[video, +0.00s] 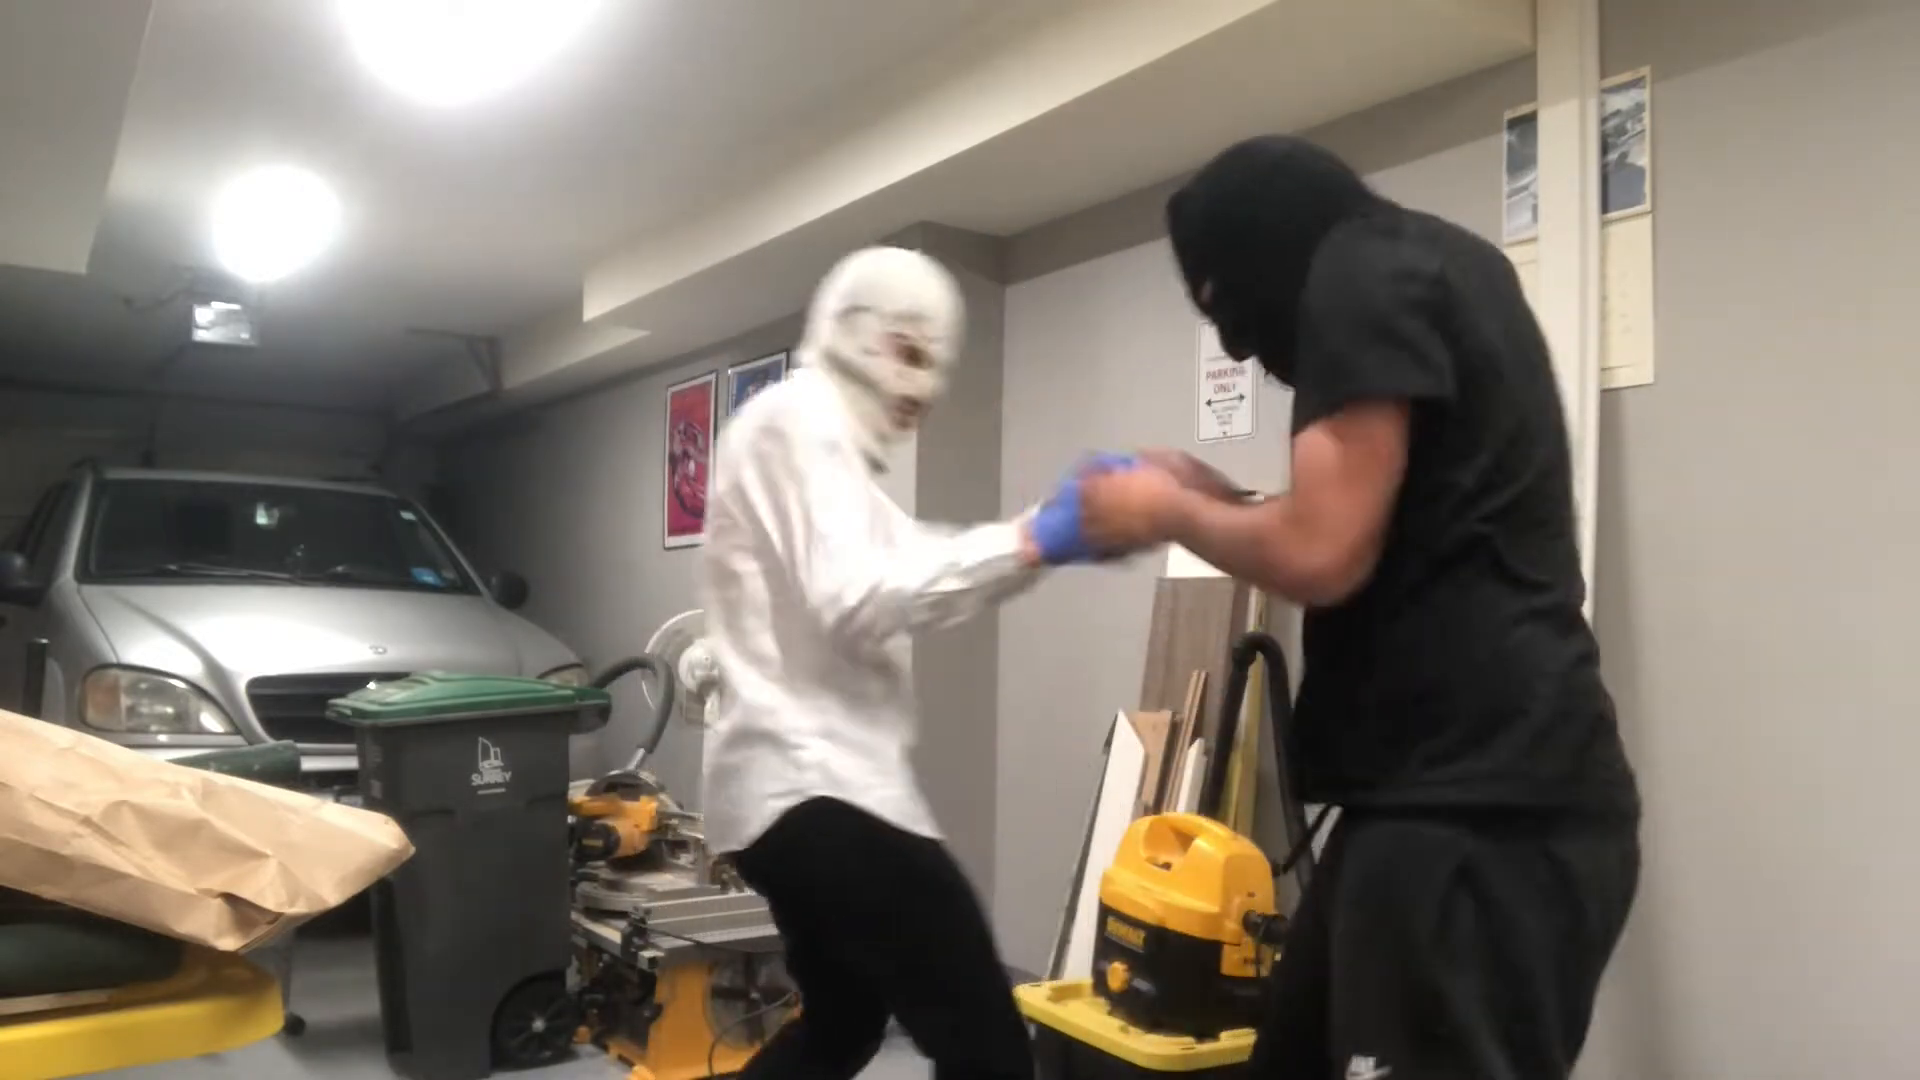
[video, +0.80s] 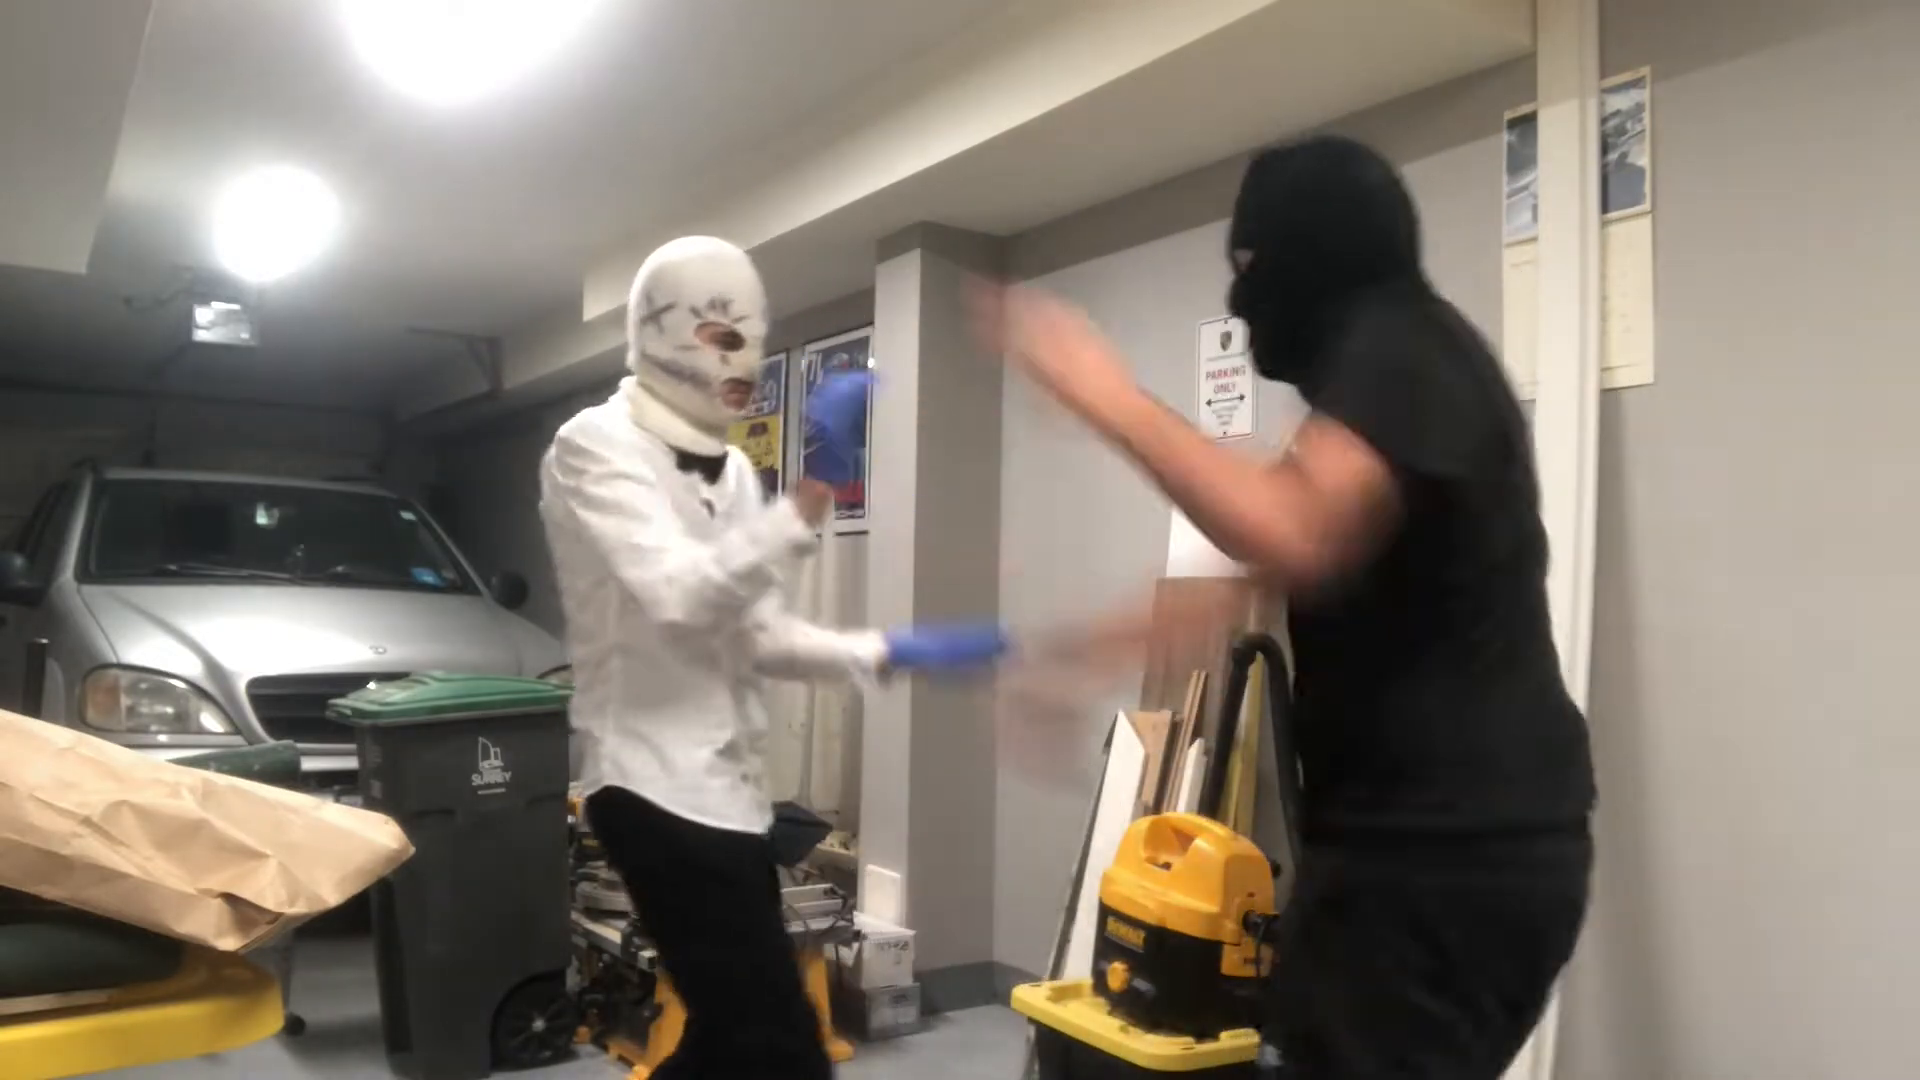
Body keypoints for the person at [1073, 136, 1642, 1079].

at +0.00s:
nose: (1221, 326)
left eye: (1217, 293)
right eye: (1207, 301)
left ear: (1267, 243)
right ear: (1314, 213)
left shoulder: (1370, 270)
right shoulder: (1431, 268)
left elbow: (1318, 554)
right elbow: (1363, 536)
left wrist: (1169, 513)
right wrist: (1222, 504)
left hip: (1469, 824)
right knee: (1298, 1061)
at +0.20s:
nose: (1214, 299)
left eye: (1213, 270)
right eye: (1206, 274)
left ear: (1261, 246)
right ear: (1359, 204)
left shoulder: (1326, 344)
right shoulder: (1554, 312)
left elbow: (1152, 561)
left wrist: (1052, 577)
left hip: (1486, 883)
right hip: (1624, 866)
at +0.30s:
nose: (1244, 271)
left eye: (1247, 239)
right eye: (1239, 244)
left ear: (1299, 226)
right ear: (1386, 195)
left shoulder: (1366, 333)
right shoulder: (1537, 312)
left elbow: (1195, 612)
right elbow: (1389, 499)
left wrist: (1201, 579)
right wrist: (1179, 488)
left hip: (1487, 879)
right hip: (1604, 863)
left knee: (1389, 1059)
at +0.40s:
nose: (1266, 271)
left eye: (1269, 239)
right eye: (1260, 244)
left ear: (1327, 224)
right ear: (1415, 202)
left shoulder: (1393, 340)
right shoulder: (1551, 328)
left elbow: (1181, 580)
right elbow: (1336, 463)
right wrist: (1145, 500)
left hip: (1474, 889)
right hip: (1616, 877)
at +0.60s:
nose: (1249, 273)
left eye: (1257, 241)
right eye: (1249, 242)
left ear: (1307, 245)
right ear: (1413, 227)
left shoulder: (1303, 409)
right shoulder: (1560, 387)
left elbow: (1160, 643)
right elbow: (1590, 635)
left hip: (1463, 900)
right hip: (1595, 884)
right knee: (1273, 1065)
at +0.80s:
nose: (1235, 288)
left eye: (1249, 257)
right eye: (1237, 260)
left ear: (1309, 253)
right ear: (1351, 251)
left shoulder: (1411, 352)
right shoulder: (1399, 360)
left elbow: (1299, 531)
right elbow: (1292, 579)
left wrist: (1104, 389)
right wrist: (1101, 650)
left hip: (1442, 854)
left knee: (1355, 1054)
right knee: (1329, 1049)